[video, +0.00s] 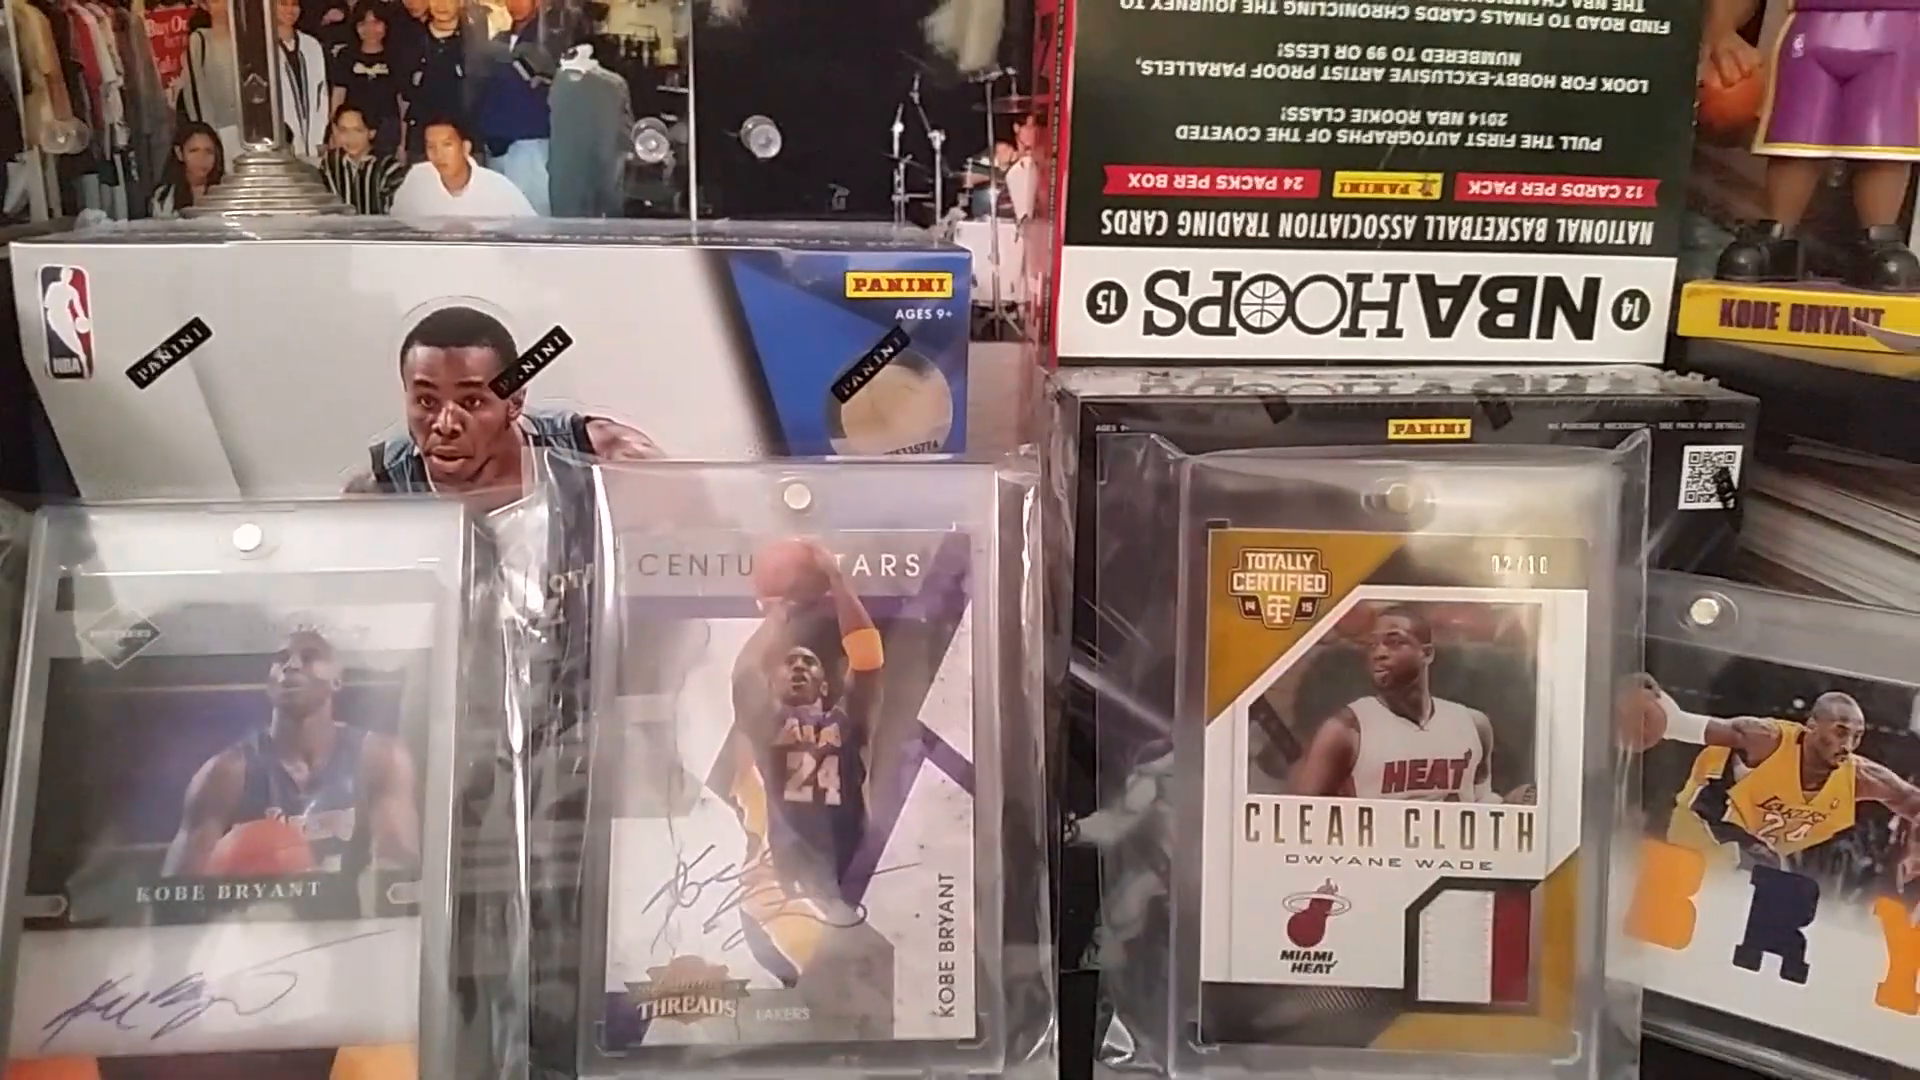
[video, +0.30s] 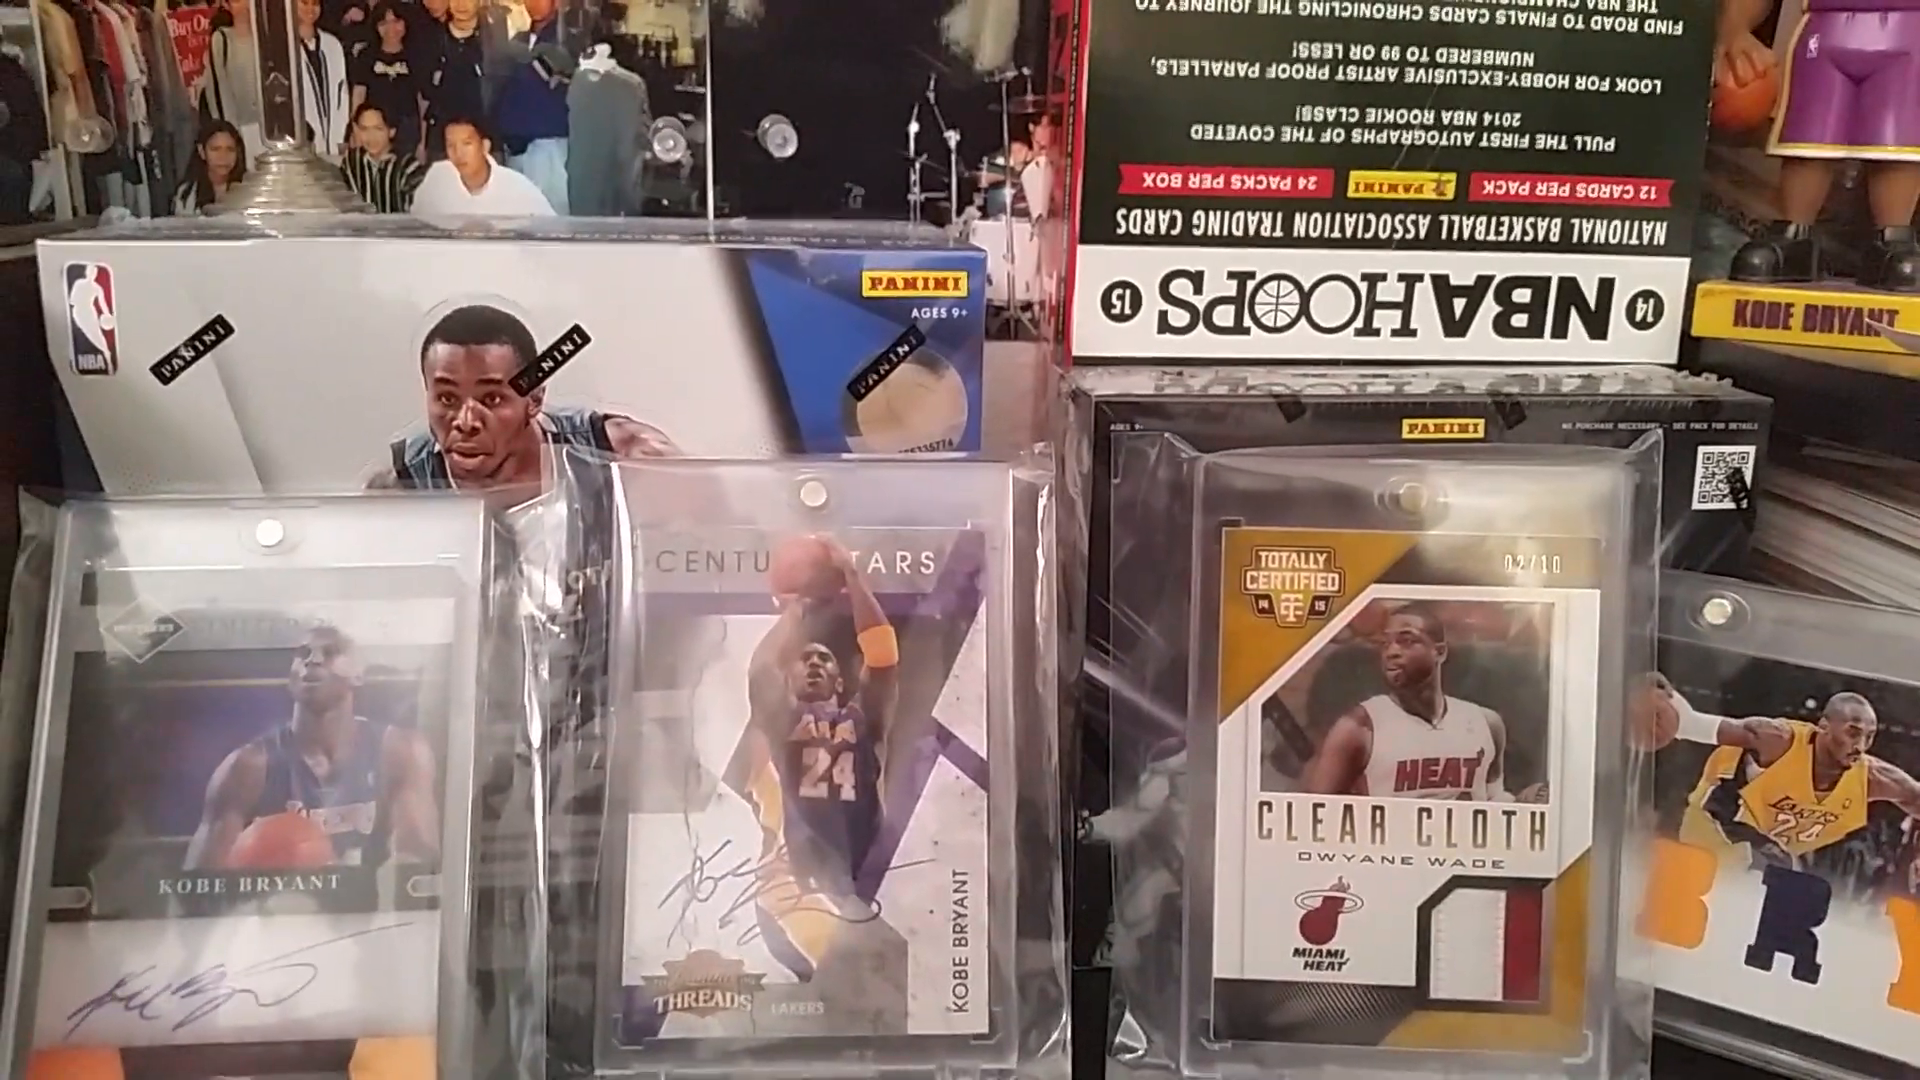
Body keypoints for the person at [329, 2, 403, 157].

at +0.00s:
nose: (371, 28)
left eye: (376, 22)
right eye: (366, 23)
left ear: (385, 28)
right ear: (359, 28)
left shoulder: (394, 57)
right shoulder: (346, 57)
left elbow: (402, 101)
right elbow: (338, 96)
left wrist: (402, 143)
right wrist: (335, 134)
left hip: (387, 131)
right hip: (354, 132)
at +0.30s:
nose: (393, 27)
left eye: (397, 21)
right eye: (386, 23)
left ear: (404, 26)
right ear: (379, 28)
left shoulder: (414, 57)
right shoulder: (367, 57)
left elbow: (422, 98)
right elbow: (359, 95)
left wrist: (422, 141)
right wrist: (355, 132)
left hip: (407, 128)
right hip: (375, 130)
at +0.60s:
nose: (411, 28)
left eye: (417, 22)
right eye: (405, 23)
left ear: (427, 27)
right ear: (399, 28)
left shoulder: (436, 58)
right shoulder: (388, 56)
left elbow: (444, 101)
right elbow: (380, 95)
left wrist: (443, 142)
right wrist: (377, 132)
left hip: (428, 127)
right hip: (395, 128)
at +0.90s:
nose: (427, 29)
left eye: (432, 23)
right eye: (420, 24)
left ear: (441, 28)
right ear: (414, 29)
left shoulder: (451, 59)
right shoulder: (403, 57)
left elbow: (459, 101)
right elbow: (395, 95)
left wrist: (458, 142)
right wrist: (392, 132)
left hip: (442, 128)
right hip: (410, 129)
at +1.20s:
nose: (484, 29)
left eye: (486, 23)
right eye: (479, 24)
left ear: (494, 28)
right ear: (469, 29)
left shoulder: (504, 57)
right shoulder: (456, 57)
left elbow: (512, 101)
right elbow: (449, 93)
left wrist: (511, 141)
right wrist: (446, 129)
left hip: (495, 125)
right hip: (464, 125)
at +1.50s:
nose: (500, 33)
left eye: (506, 27)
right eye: (494, 28)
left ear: (514, 31)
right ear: (488, 33)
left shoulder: (525, 62)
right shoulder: (477, 60)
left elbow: (532, 103)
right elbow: (470, 98)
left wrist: (531, 144)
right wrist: (467, 133)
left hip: (516, 129)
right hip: (484, 130)